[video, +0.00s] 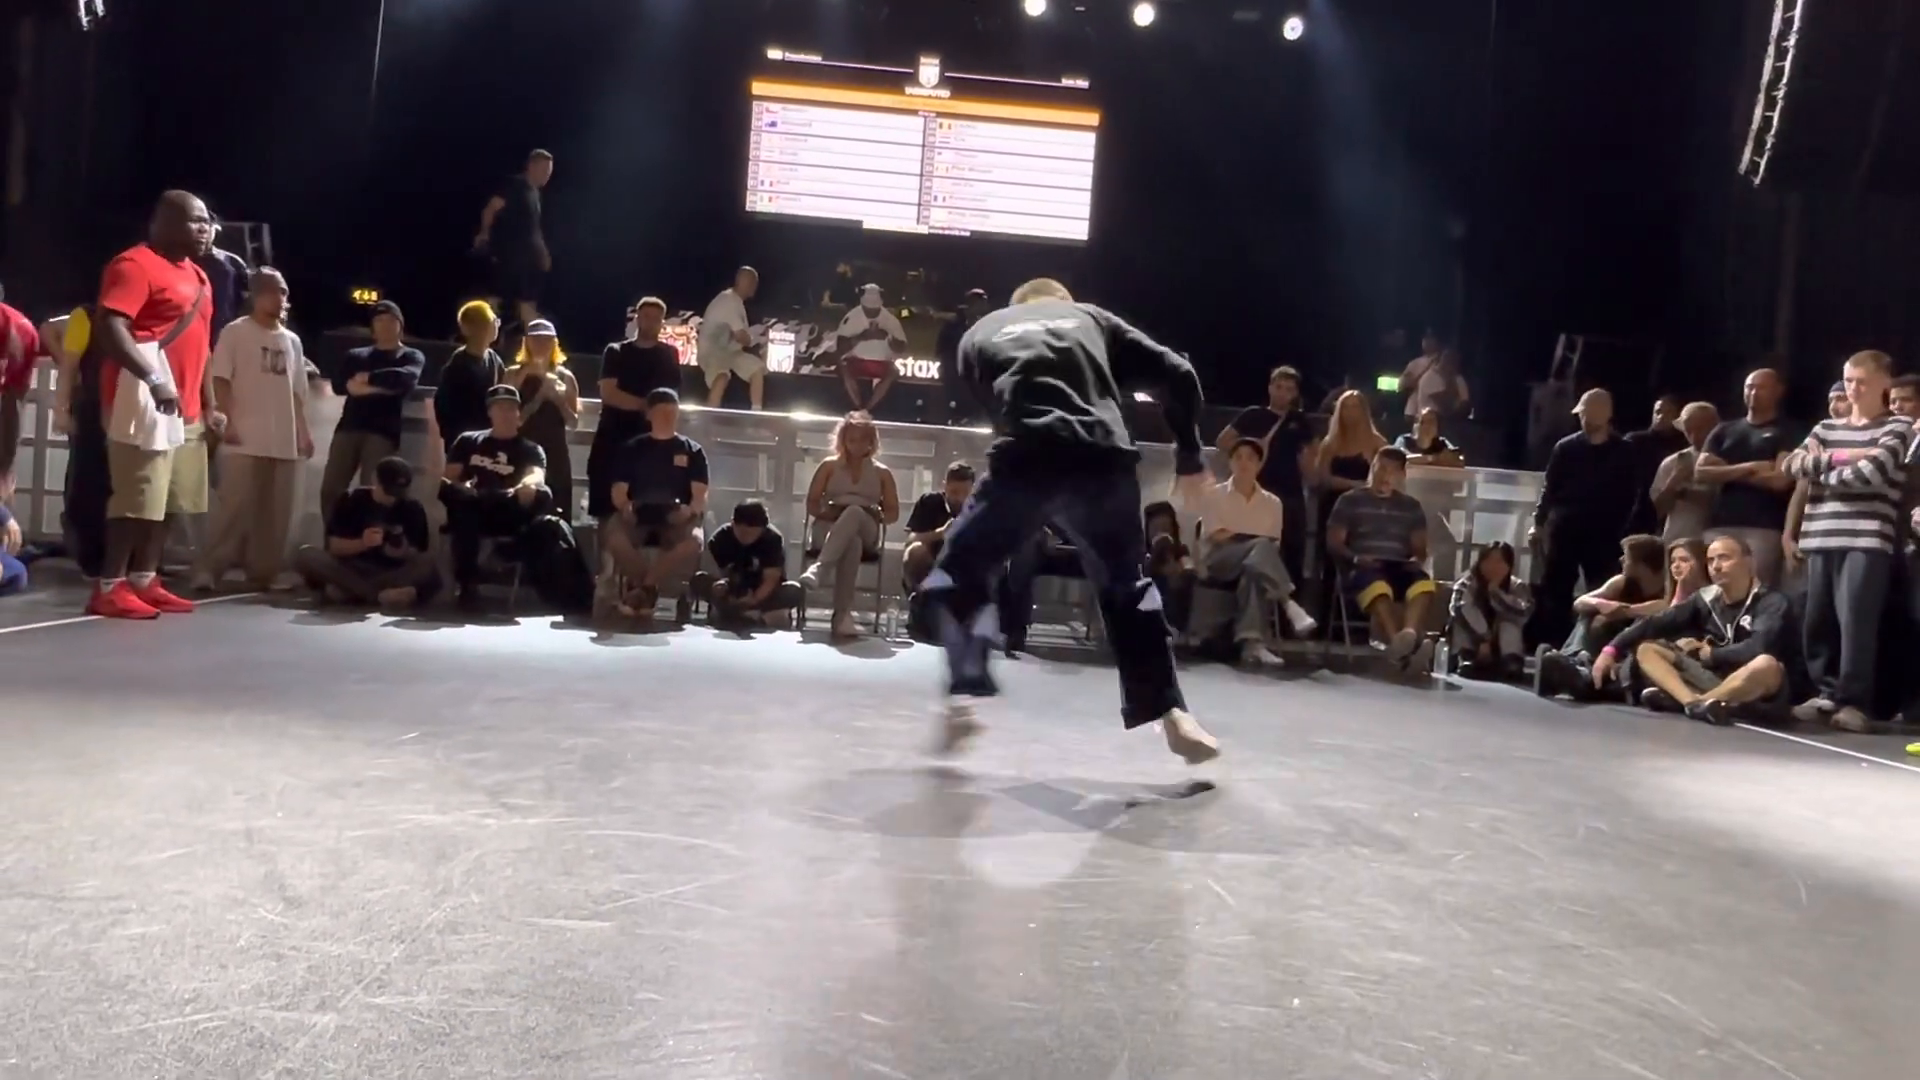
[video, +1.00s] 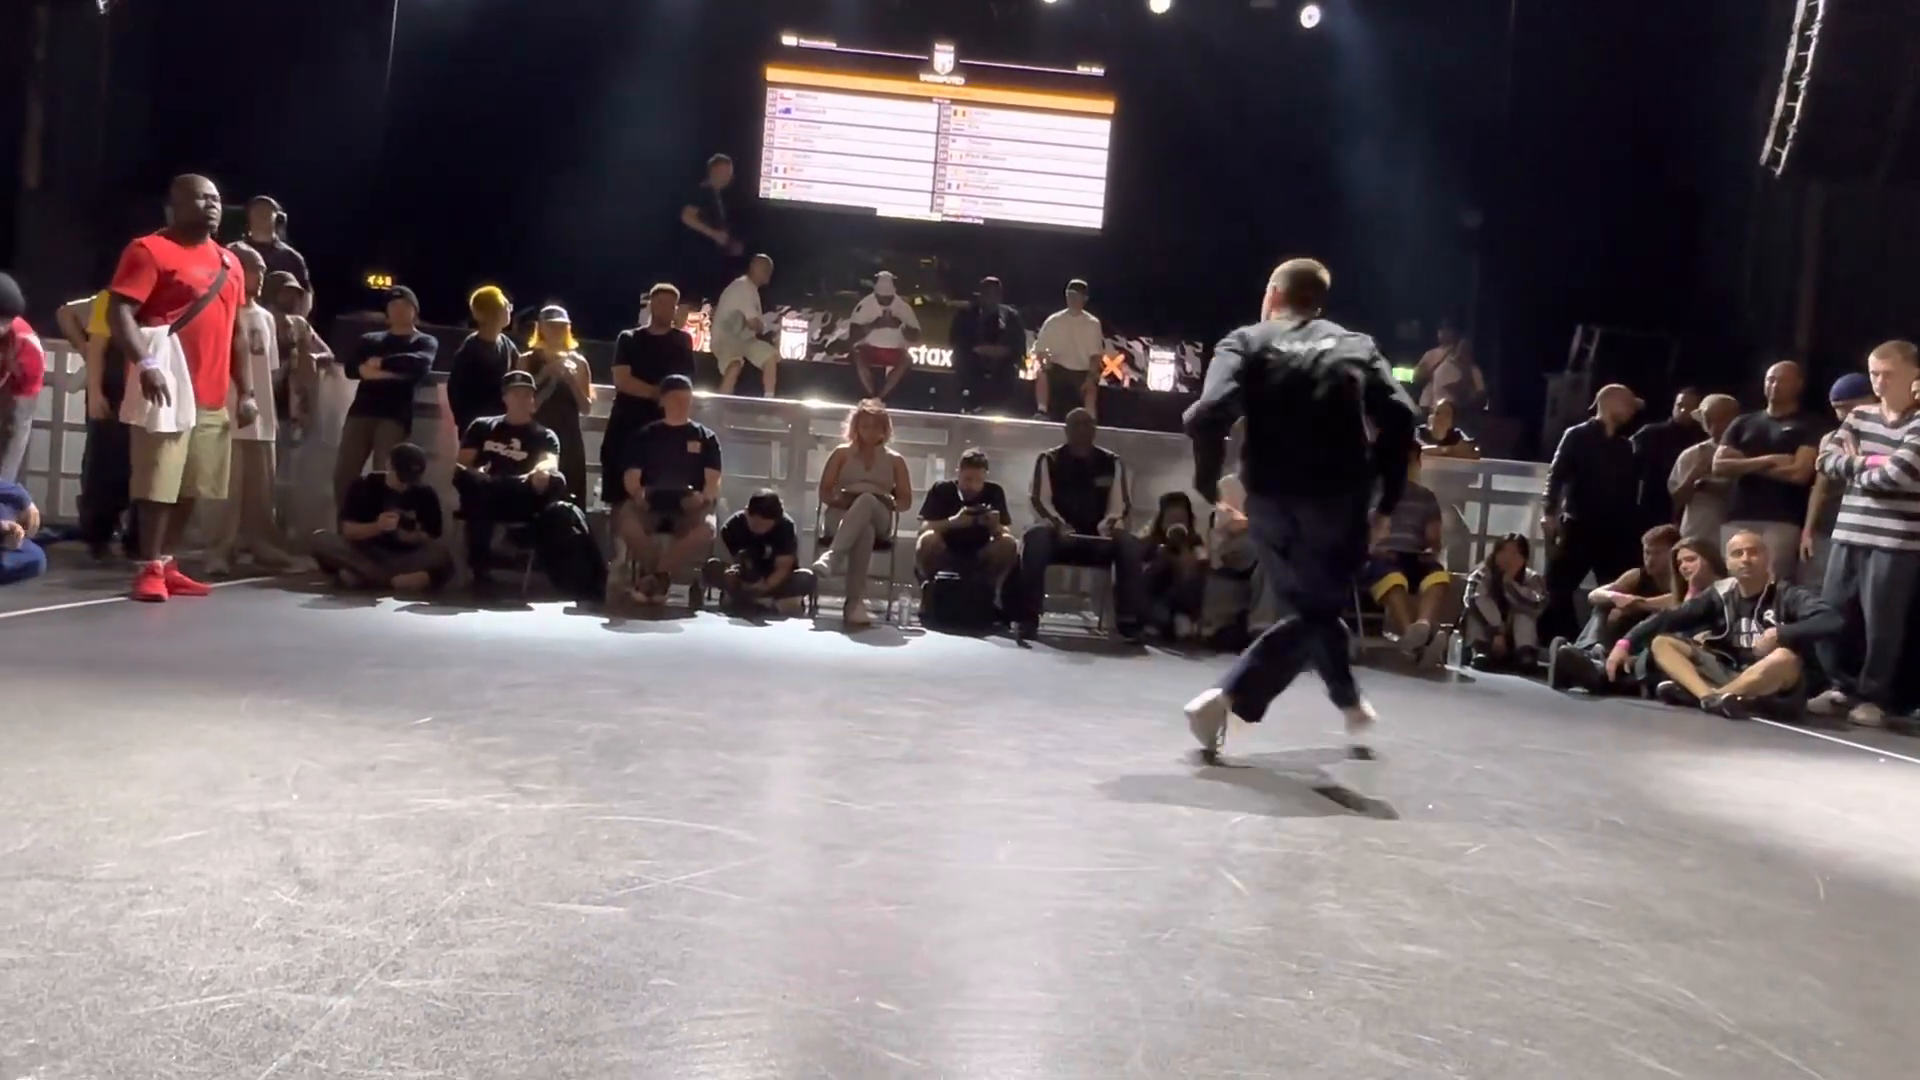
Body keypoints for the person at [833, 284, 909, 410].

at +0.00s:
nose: (871, 312)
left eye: (875, 309)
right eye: (868, 309)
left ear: (880, 305)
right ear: (862, 305)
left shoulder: (890, 319)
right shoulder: (852, 316)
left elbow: (901, 348)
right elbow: (840, 347)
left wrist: (887, 336)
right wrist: (862, 336)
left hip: (882, 362)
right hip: (857, 360)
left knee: (893, 373)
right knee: (844, 369)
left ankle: (868, 409)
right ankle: (859, 408)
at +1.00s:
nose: (885, 301)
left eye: (889, 298)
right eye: (882, 298)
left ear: (894, 294)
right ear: (876, 294)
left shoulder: (903, 307)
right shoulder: (865, 304)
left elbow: (914, 337)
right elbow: (853, 335)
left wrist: (899, 324)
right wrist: (876, 324)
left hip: (895, 350)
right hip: (869, 348)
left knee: (906, 361)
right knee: (858, 356)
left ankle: (881, 397)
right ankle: (871, 396)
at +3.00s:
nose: (889, 296)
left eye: (893, 293)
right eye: (886, 293)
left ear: (898, 289)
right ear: (879, 289)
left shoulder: (907, 302)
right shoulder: (869, 300)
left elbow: (919, 332)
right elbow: (857, 331)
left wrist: (903, 321)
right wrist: (878, 320)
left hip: (899, 346)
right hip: (874, 344)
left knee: (909, 357)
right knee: (862, 353)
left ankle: (884, 392)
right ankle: (875, 391)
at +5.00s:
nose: (876, 305)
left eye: (880, 301)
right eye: (873, 301)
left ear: (885, 298)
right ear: (867, 298)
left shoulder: (894, 310)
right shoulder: (856, 309)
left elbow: (905, 340)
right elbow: (845, 339)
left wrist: (891, 330)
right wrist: (866, 330)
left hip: (887, 354)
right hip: (860, 352)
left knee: (897, 365)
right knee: (851, 362)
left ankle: (874, 401)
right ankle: (863, 398)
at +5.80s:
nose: (859, 303)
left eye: (862, 300)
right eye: (855, 300)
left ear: (867, 296)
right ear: (849, 296)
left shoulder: (876, 307)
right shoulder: (840, 307)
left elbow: (890, 337)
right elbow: (828, 339)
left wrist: (875, 327)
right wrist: (849, 328)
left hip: (871, 353)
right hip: (845, 351)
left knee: (882, 364)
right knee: (833, 357)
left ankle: (858, 400)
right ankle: (849, 398)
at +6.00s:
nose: (859, 308)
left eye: (863, 304)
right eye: (856, 304)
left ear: (868, 301)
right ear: (849, 301)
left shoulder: (878, 313)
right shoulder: (840, 312)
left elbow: (890, 342)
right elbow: (829, 344)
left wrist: (875, 331)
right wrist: (848, 332)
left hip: (871, 357)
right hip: (845, 355)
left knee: (882, 368)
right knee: (834, 365)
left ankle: (858, 405)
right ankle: (850, 404)